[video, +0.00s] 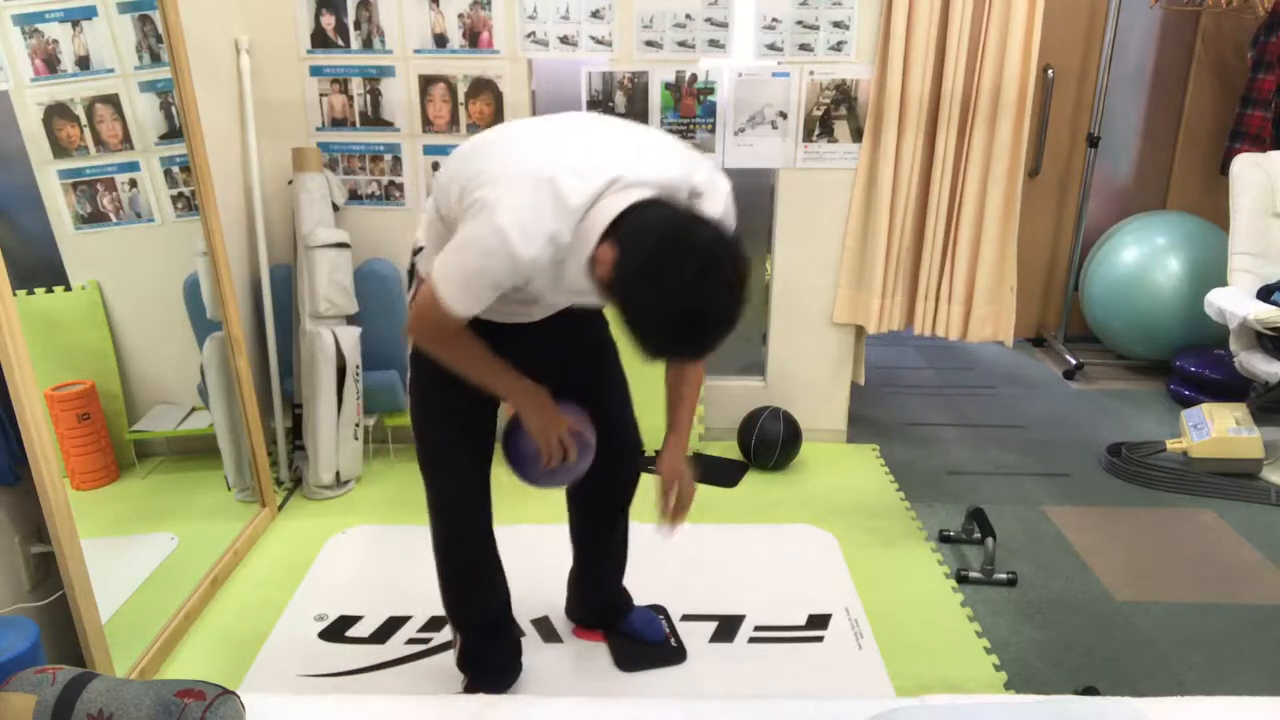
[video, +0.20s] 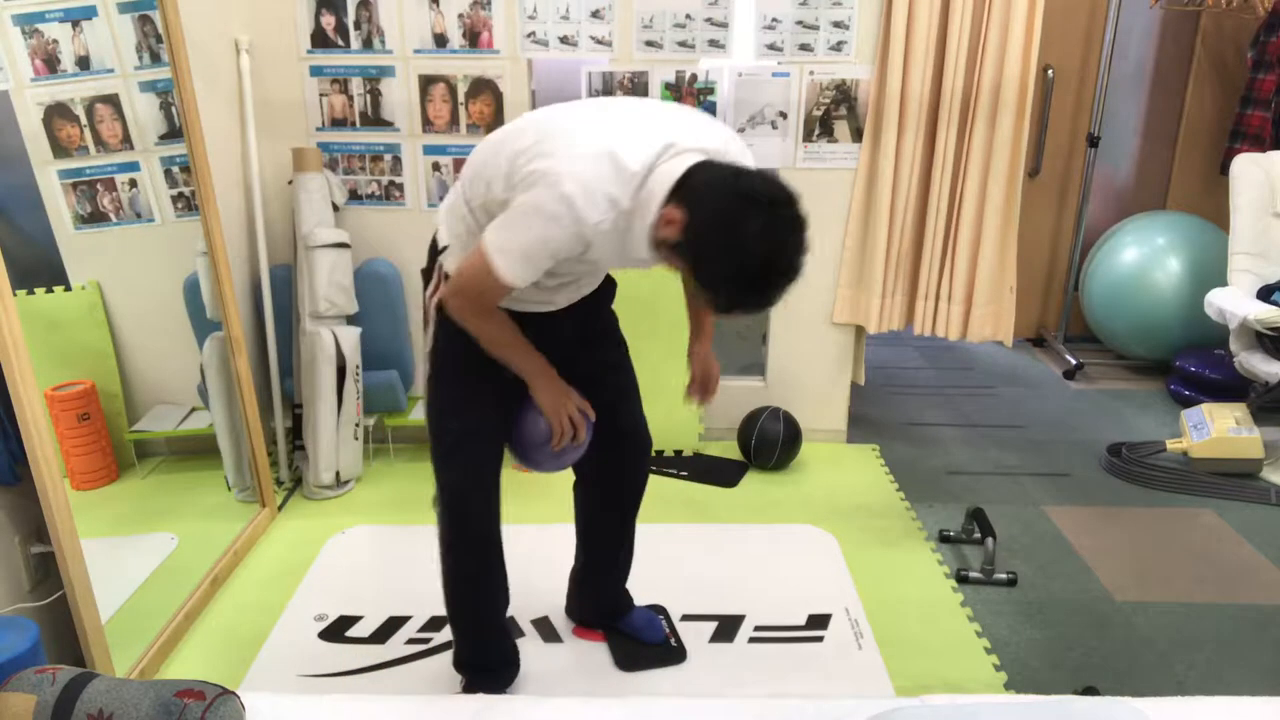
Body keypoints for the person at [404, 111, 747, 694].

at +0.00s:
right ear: (607, 265)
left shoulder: (710, 200)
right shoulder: (512, 232)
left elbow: (690, 334)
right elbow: (427, 323)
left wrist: (678, 442)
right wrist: (529, 399)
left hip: (567, 292)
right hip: (465, 290)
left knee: (613, 450)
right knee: (457, 489)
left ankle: (598, 600)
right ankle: (487, 652)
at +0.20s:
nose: (691, 284)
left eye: (706, 285)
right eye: (693, 274)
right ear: (674, 226)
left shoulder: (735, 170)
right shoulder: (570, 204)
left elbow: (706, 257)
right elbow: (464, 296)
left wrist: (701, 340)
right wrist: (541, 379)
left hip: (577, 278)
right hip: (481, 284)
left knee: (622, 446)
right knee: (467, 489)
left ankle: (599, 599)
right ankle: (483, 665)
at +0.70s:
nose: (768, 230)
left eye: (781, 227)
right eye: (779, 220)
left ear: (769, 163)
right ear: (767, 168)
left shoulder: (742, 145)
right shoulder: (668, 151)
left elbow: (651, 216)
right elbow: (556, 263)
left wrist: (638, 305)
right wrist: (575, 365)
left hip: (599, 267)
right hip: (510, 259)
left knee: (626, 438)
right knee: (490, 465)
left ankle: (598, 599)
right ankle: (471, 664)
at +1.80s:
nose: (787, 134)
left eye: (804, 127)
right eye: (802, 118)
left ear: (787, 62)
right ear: (785, 65)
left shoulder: (725, 70)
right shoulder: (698, 80)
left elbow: (611, 168)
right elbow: (560, 182)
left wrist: (619, 259)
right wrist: (562, 337)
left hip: (584, 266)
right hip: (530, 269)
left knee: (613, 441)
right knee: (570, 467)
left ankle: (608, 602)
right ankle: (556, 671)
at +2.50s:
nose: (746, 36)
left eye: (759, 25)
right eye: (758, 18)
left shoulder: (658, 28)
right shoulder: (614, 39)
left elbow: (585, 175)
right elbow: (530, 189)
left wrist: (600, 299)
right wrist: (565, 340)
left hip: (588, 276)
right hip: (536, 286)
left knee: (607, 444)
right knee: (569, 476)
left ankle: (601, 593)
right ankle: (553, 667)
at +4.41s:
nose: (724, 29)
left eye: (739, 21)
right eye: (739, 14)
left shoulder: (621, 13)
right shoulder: (661, 6)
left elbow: (585, 120)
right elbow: (607, 114)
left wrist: (607, 249)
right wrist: (626, 257)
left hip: (563, 240)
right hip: (561, 242)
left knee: (593, 431)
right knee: (580, 444)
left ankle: (580, 585)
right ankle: (545, 651)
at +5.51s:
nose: (834, 9)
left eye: (840, 4)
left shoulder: (741, 13)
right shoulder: (731, 18)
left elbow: (687, 146)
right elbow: (667, 161)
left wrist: (706, 243)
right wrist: (693, 307)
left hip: (660, 258)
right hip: (638, 264)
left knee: (676, 436)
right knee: (652, 453)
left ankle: (656, 572)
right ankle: (623, 644)